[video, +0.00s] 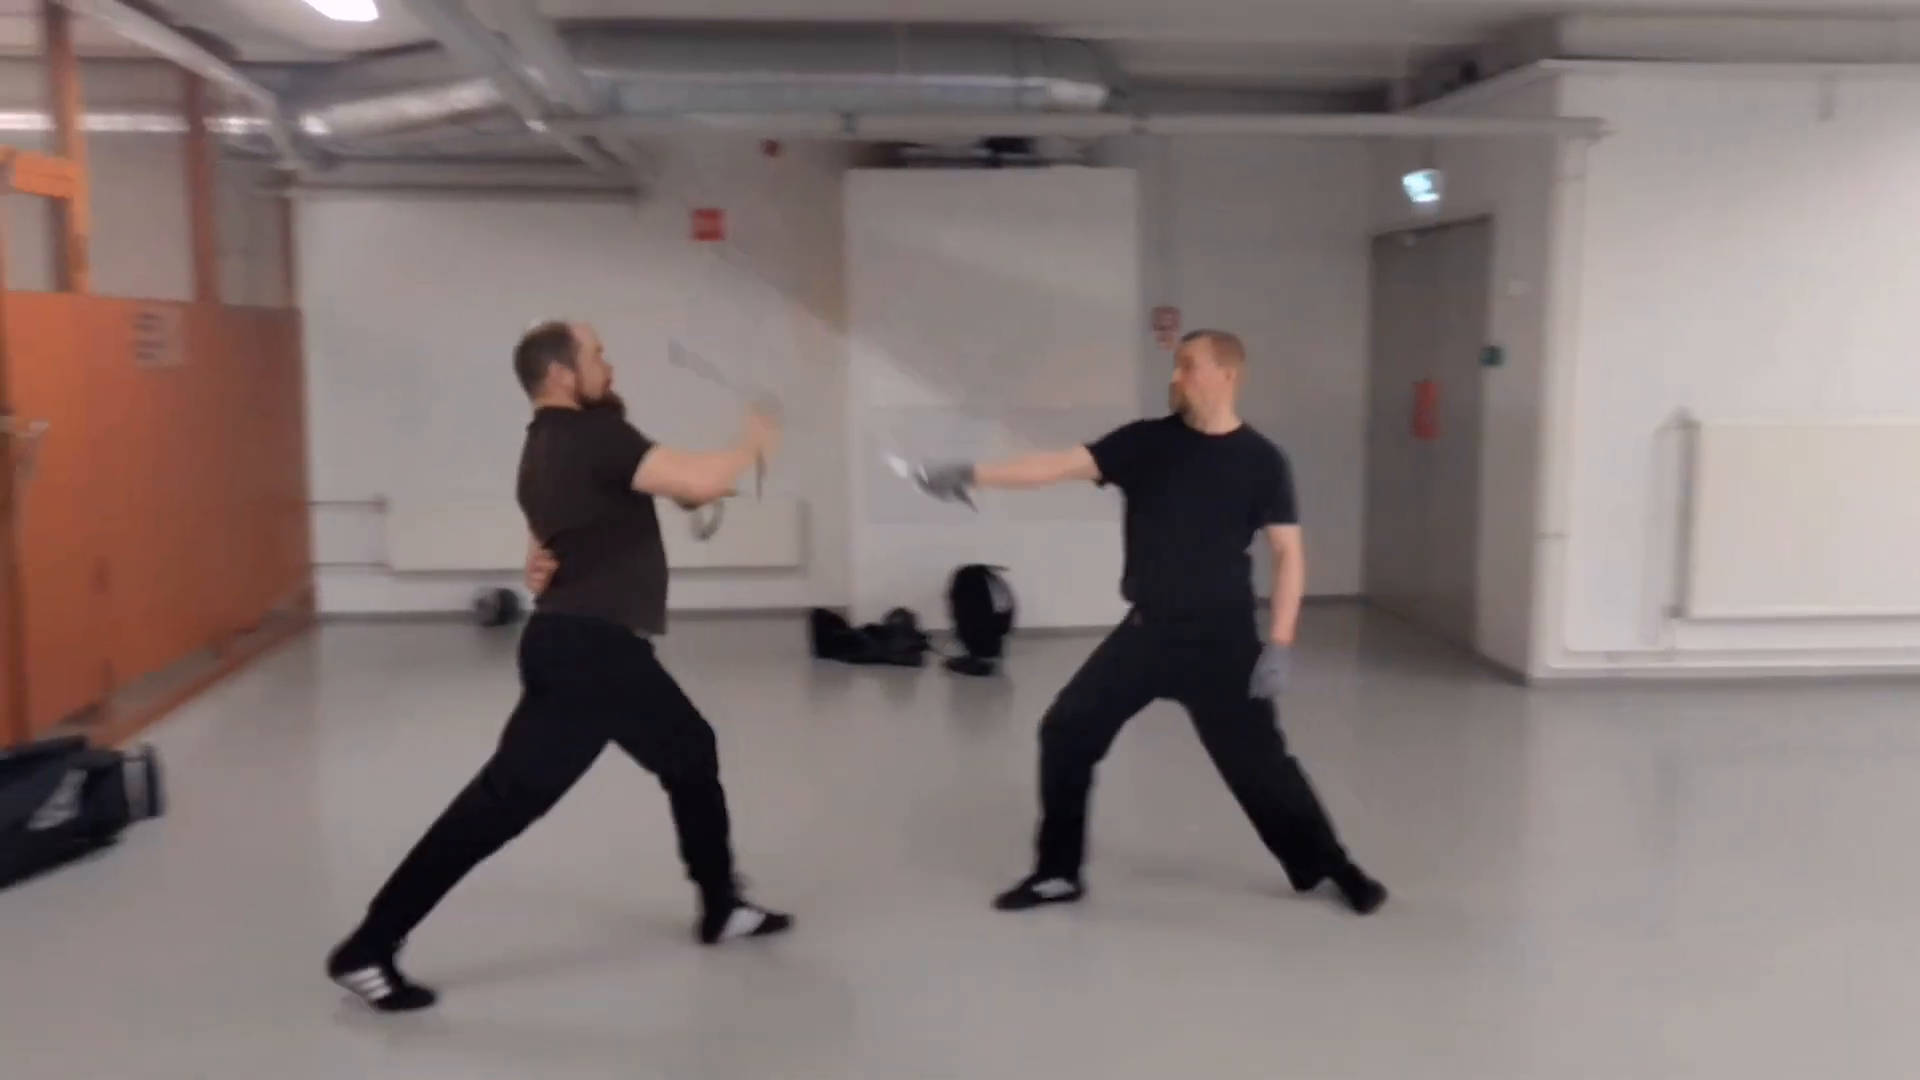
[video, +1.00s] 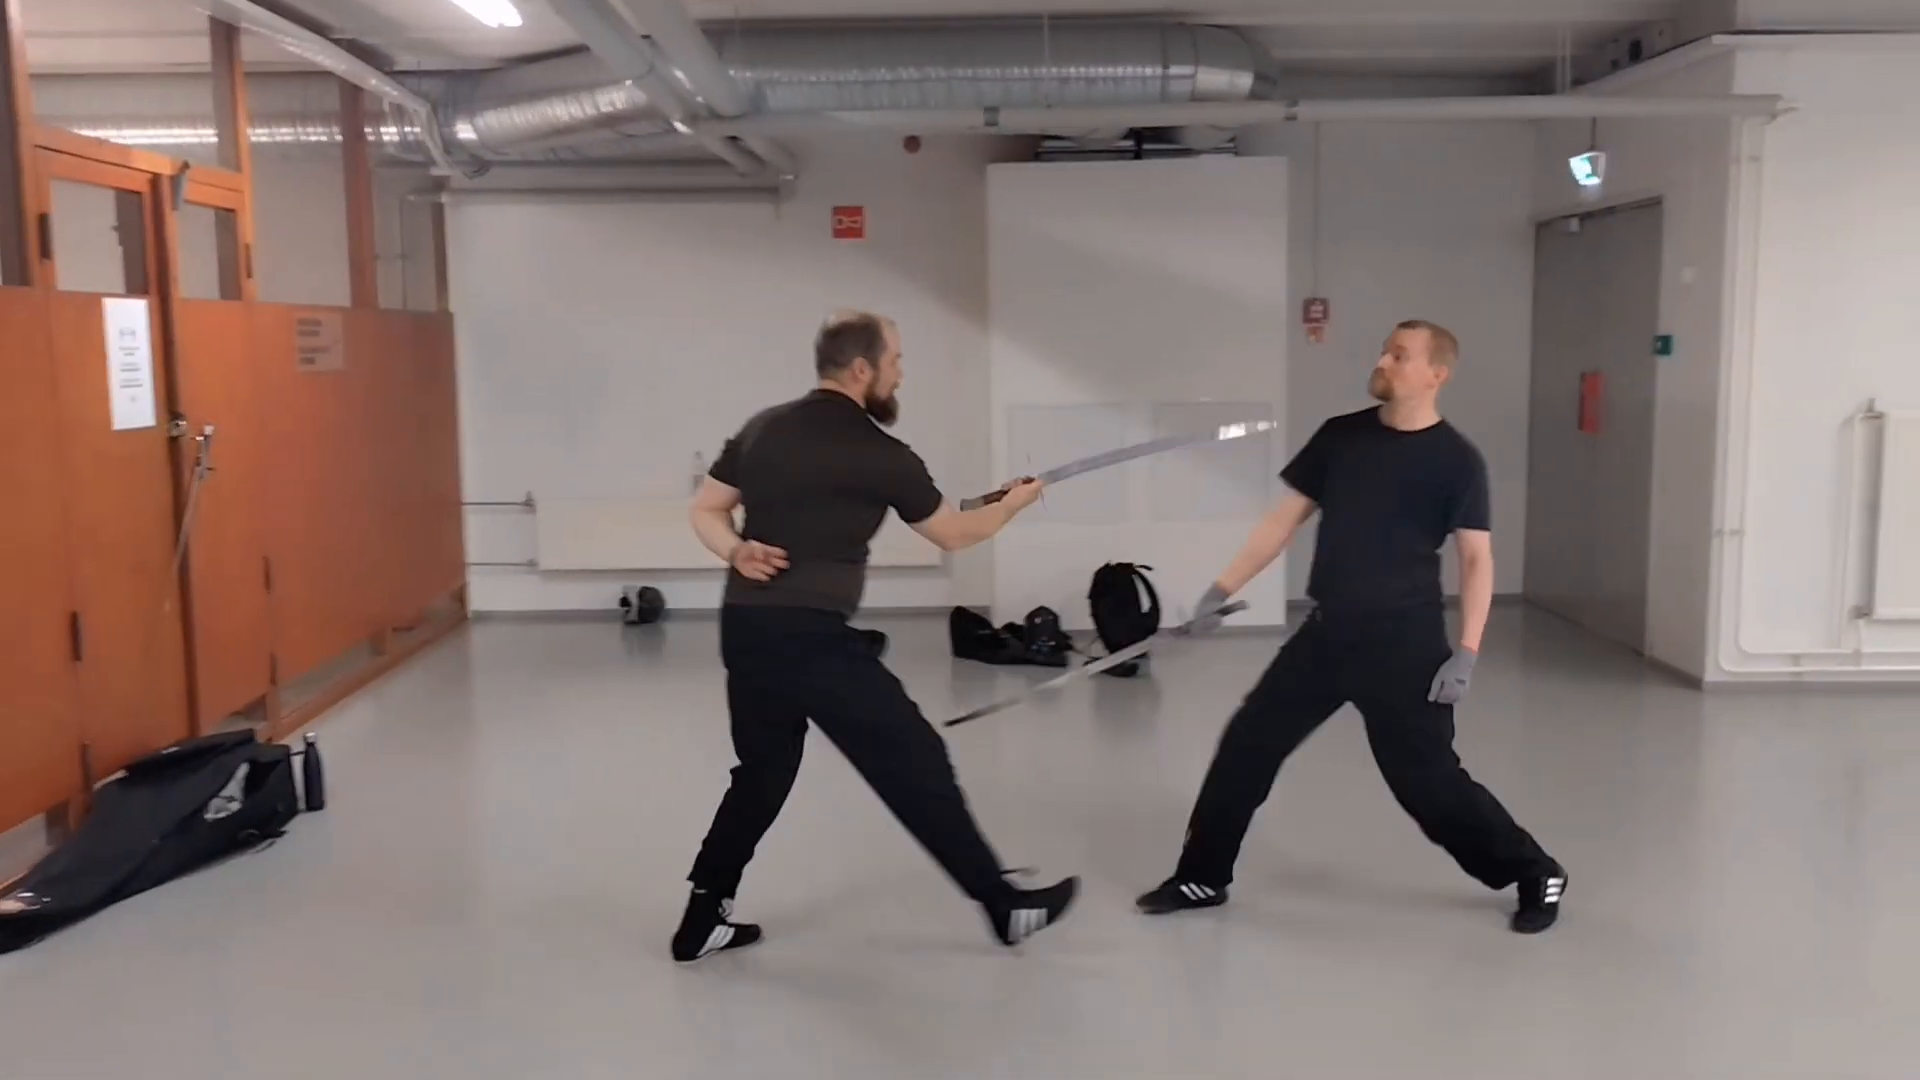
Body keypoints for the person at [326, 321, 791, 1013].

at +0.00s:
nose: (609, 366)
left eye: (603, 354)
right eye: (597, 357)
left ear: (551, 380)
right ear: (561, 376)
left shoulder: (546, 446)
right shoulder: (592, 435)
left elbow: (544, 552)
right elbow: (700, 482)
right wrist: (753, 445)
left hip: (576, 641)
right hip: (590, 646)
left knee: (689, 751)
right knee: (503, 804)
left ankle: (721, 907)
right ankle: (365, 952)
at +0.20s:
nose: (636, 374)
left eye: (631, 361)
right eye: (624, 363)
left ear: (573, 383)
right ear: (584, 378)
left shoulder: (544, 453)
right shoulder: (629, 442)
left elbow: (528, 560)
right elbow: (736, 506)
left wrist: (530, 575)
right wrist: (812, 557)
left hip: (562, 647)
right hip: (592, 651)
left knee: (681, 753)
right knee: (531, 820)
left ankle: (711, 919)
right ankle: (426, 970)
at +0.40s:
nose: (713, 363)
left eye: (708, 350)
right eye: (701, 351)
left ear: (648, 371)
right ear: (662, 366)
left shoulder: (607, 440)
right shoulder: (700, 438)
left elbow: (564, 546)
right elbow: (808, 515)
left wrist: (579, 563)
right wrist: (885, 548)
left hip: (601, 631)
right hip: (633, 640)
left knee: (701, 757)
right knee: (572, 812)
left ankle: (689, 925)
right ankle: (483, 969)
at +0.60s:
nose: (787, 367)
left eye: (782, 355)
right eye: (777, 357)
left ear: (722, 374)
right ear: (741, 370)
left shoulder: (670, 439)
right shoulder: (770, 452)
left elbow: (623, 534)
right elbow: (855, 550)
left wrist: (639, 556)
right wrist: (910, 545)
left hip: (659, 629)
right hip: (701, 638)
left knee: (744, 761)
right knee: (680, 798)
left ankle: (715, 924)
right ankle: (540, 934)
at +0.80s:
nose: (847, 366)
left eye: (844, 354)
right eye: (839, 355)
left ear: (780, 366)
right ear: (807, 365)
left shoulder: (715, 426)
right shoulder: (825, 450)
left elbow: (661, 508)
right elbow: (895, 533)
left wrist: (679, 544)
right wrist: (957, 513)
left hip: (688, 622)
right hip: (752, 628)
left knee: (743, 771)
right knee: (833, 774)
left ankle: (713, 924)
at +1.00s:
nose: (901, 372)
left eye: (899, 360)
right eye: (894, 361)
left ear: (835, 370)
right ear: (861, 369)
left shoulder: (766, 429)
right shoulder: (880, 453)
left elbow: (706, 509)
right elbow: (951, 532)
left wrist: (735, 549)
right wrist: (1011, 505)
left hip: (746, 631)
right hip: (815, 633)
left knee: (763, 771)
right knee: (913, 757)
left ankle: (700, 920)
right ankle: (1003, 902)